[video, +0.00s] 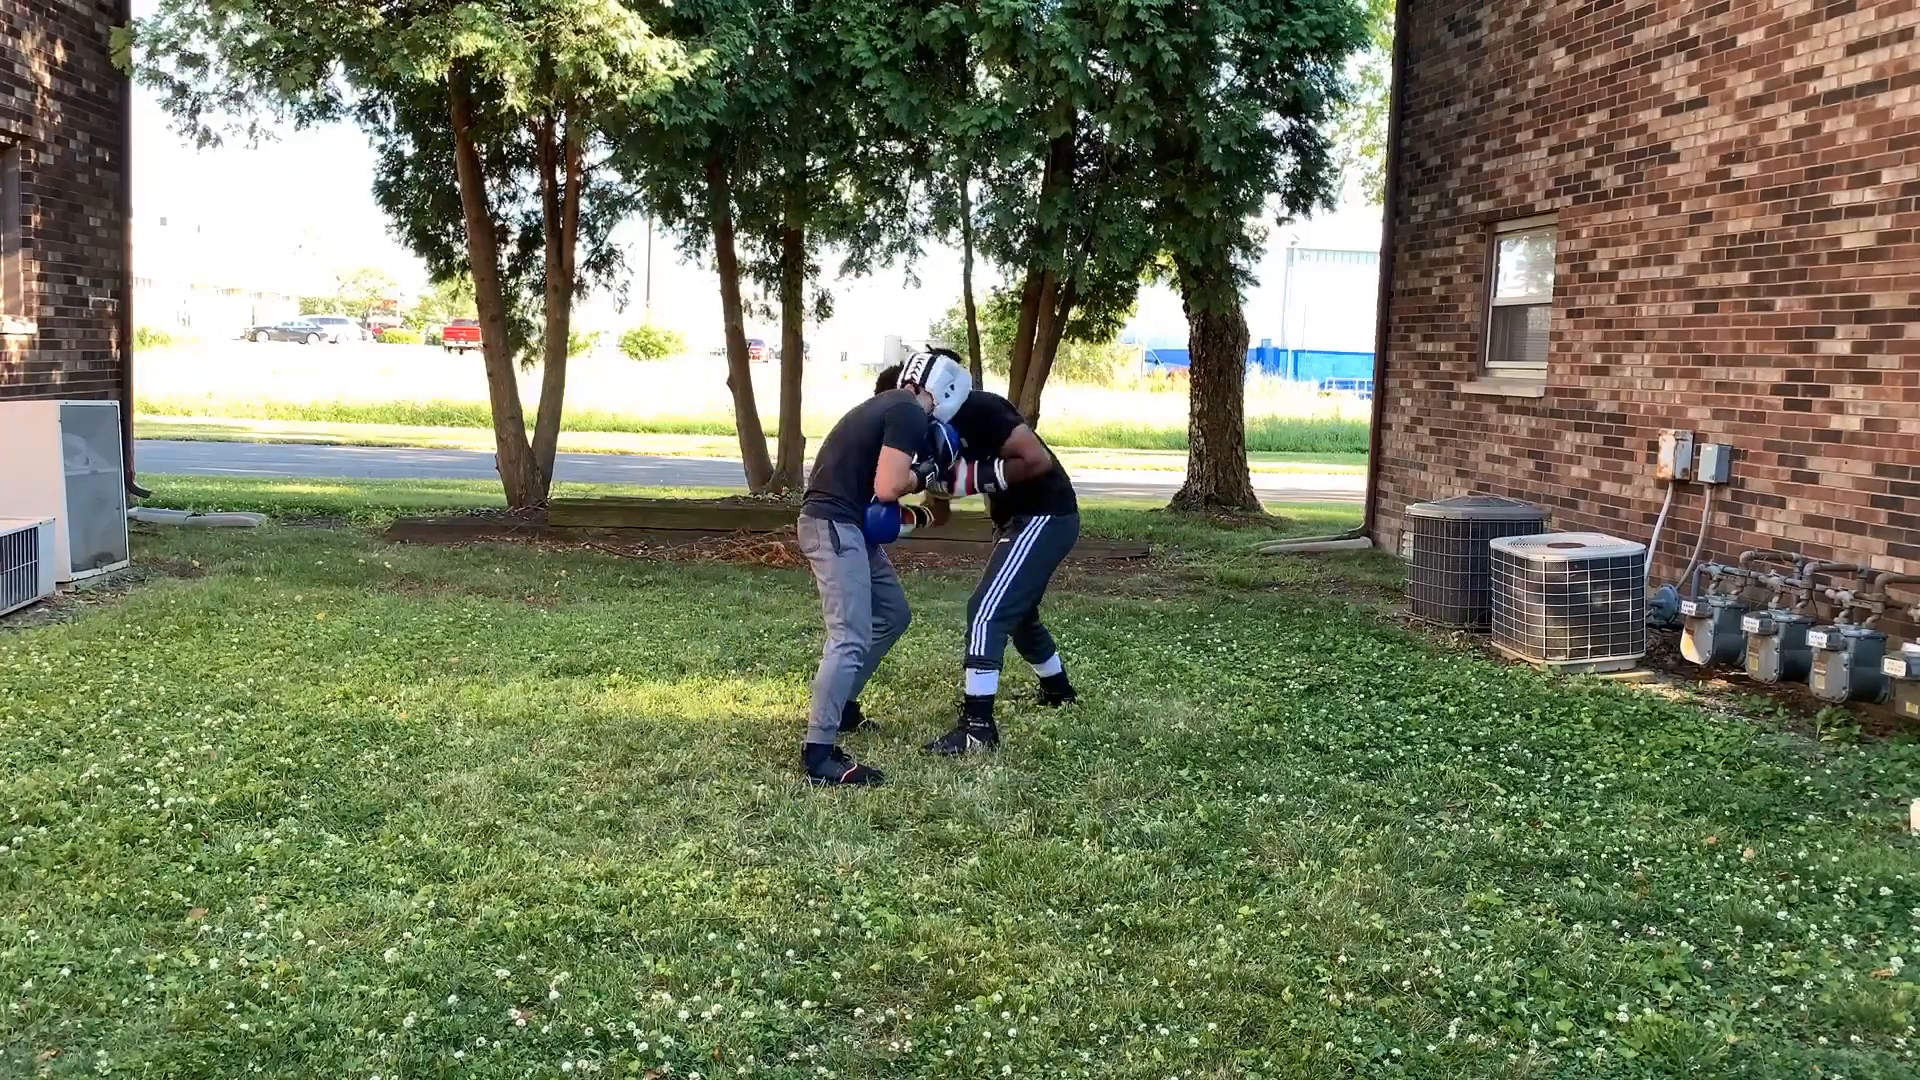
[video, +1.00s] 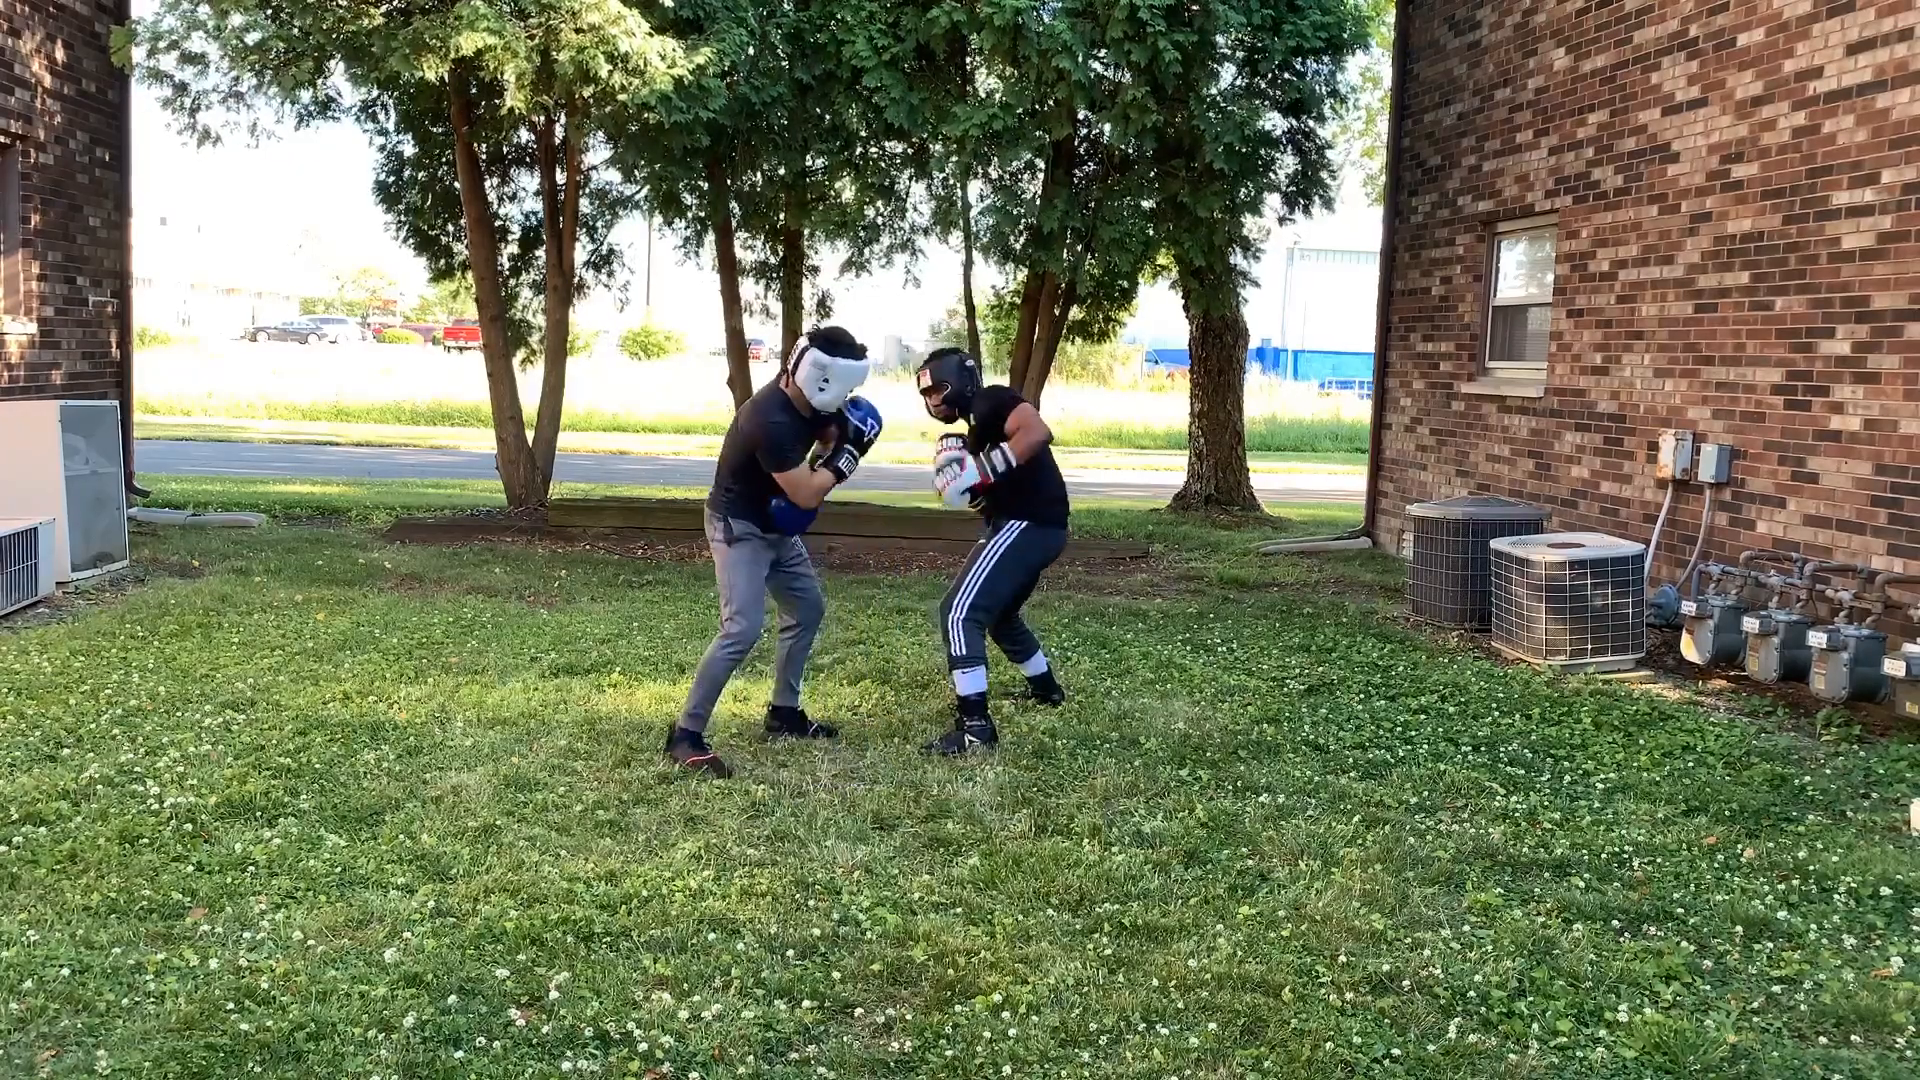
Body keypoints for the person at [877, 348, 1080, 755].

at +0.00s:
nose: (910, 411)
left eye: (911, 399)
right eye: (905, 402)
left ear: (931, 389)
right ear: (944, 385)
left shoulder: (979, 408)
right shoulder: (946, 429)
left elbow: (1037, 461)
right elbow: (941, 508)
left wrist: (975, 476)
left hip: (1044, 517)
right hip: (1021, 518)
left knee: (986, 609)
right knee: (1020, 614)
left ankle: (977, 725)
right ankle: (1058, 690)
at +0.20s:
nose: (897, 402)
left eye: (901, 393)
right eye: (895, 393)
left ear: (922, 394)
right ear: (937, 388)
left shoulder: (973, 428)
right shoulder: (945, 423)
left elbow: (1038, 479)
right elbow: (955, 469)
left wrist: (1027, 539)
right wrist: (933, 487)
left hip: (1016, 521)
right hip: (1017, 516)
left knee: (955, 615)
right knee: (1017, 612)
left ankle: (974, 724)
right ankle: (1058, 688)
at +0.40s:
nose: (893, 387)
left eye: (899, 377)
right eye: (892, 375)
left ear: (922, 375)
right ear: (941, 360)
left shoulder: (938, 423)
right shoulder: (974, 369)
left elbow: (952, 498)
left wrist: (898, 502)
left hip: (1005, 520)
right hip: (1036, 510)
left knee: (955, 620)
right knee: (1005, 595)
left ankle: (974, 725)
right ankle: (1044, 672)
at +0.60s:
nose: (930, 364)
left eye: (931, 354)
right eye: (927, 355)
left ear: (947, 350)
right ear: (970, 343)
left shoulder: (966, 386)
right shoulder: (996, 373)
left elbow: (961, 461)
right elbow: (978, 443)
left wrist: (924, 478)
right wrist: (932, 432)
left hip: (1002, 518)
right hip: (1029, 515)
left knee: (952, 613)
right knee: (1003, 607)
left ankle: (973, 724)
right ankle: (1045, 684)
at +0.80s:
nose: (934, 401)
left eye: (936, 391)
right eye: (931, 394)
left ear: (956, 380)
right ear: (968, 376)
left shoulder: (993, 397)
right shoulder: (968, 418)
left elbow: (1031, 442)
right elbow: (962, 494)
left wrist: (994, 493)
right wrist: (952, 451)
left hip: (1016, 523)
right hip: (1035, 527)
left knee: (948, 611)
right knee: (998, 612)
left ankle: (971, 722)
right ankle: (1044, 685)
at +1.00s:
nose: (929, 401)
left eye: (931, 391)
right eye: (926, 393)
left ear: (952, 385)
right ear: (958, 385)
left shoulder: (991, 400)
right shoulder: (981, 421)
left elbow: (1037, 432)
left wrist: (986, 465)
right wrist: (962, 470)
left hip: (1025, 524)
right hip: (1030, 525)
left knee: (959, 612)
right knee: (1001, 615)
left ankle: (974, 725)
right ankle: (1045, 687)